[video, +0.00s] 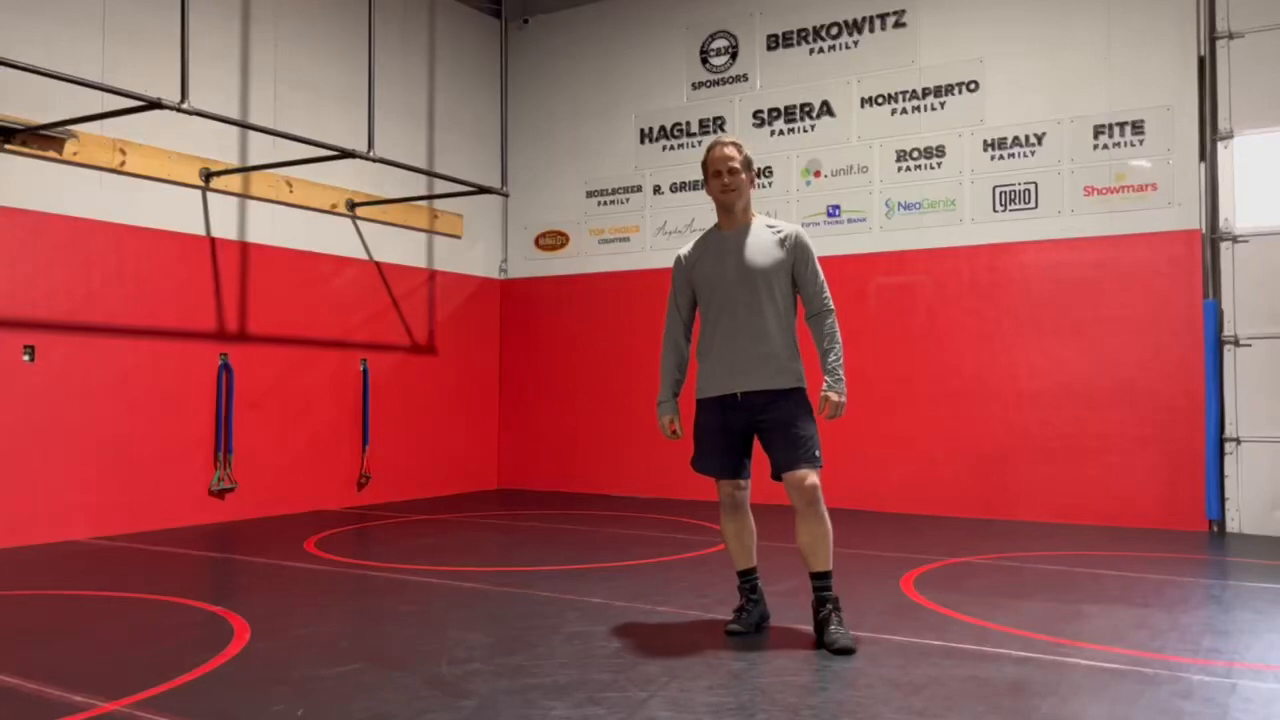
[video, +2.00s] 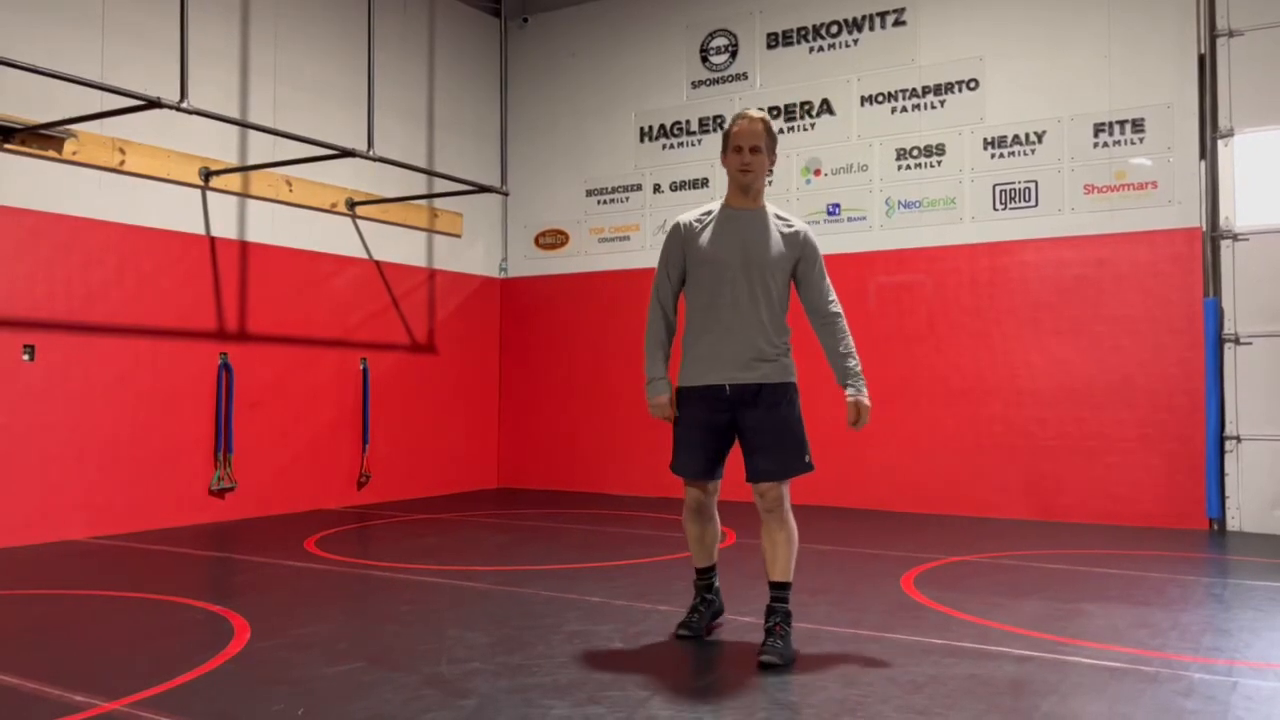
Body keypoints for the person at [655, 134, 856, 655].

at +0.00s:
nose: (725, 178)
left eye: (733, 170)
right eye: (716, 172)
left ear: (752, 176)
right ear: (705, 184)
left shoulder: (788, 239)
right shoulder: (692, 258)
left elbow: (821, 313)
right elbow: (676, 334)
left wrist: (834, 377)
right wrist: (667, 399)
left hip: (783, 393)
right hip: (719, 399)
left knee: (807, 487)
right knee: (732, 496)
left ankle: (827, 610)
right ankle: (750, 601)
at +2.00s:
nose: (747, 158)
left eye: (757, 149)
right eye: (737, 148)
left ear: (772, 159)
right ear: (722, 157)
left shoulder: (792, 235)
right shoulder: (687, 231)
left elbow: (827, 313)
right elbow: (661, 309)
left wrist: (854, 383)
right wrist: (656, 379)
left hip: (769, 387)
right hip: (702, 388)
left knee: (772, 498)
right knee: (697, 497)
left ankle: (778, 620)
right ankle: (706, 598)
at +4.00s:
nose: (783, 181)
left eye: (793, 172)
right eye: (776, 173)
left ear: (815, 178)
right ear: (769, 180)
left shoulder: (840, 250)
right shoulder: (744, 245)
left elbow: (858, 329)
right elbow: (723, 319)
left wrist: (863, 394)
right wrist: (719, 381)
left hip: (816, 390)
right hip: (754, 389)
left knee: (812, 486)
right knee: (732, 488)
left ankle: (810, 588)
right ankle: (727, 575)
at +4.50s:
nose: (734, 182)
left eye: (743, 174)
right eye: (728, 175)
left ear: (764, 181)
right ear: (720, 184)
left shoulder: (790, 242)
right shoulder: (706, 253)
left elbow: (802, 318)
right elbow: (692, 325)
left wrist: (784, 377)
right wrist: (680, 383)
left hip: (772, 387)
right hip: (719, 389)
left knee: (789, 485)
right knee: (723, 482)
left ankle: (806, 587)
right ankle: (728, 582)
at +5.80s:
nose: (773, 176)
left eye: (783, 169)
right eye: (765, 168)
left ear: (799, 179)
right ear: (754, 178)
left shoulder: (825, 245)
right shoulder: (728, 248)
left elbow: (847, 316)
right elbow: (709, 320)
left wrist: (805, 318)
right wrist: (741, 351)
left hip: (808, 385)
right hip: (747, 387)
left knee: (810, 489)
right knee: (733, 485)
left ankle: (810, 593)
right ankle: (729, 580)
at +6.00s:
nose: (785, 176)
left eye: (795, 168)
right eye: (778, 168)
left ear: (813, 176)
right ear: (767, 177)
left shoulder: (839, 240)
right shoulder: (743, 245)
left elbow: (850, 309)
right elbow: (725, 315)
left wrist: (804, 268)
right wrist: (784, 287)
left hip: (819, 383)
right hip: (758, 381)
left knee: (818, 491)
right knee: (729, 486)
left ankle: (812, 592)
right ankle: (735, 565)